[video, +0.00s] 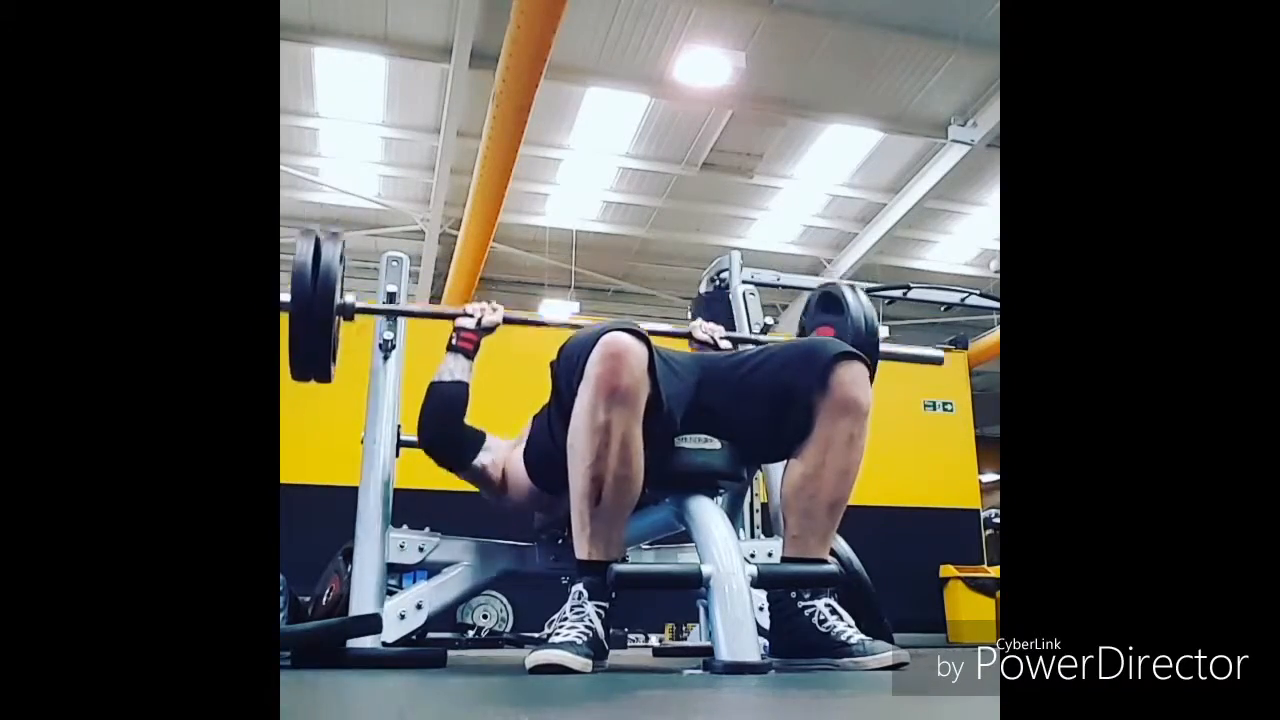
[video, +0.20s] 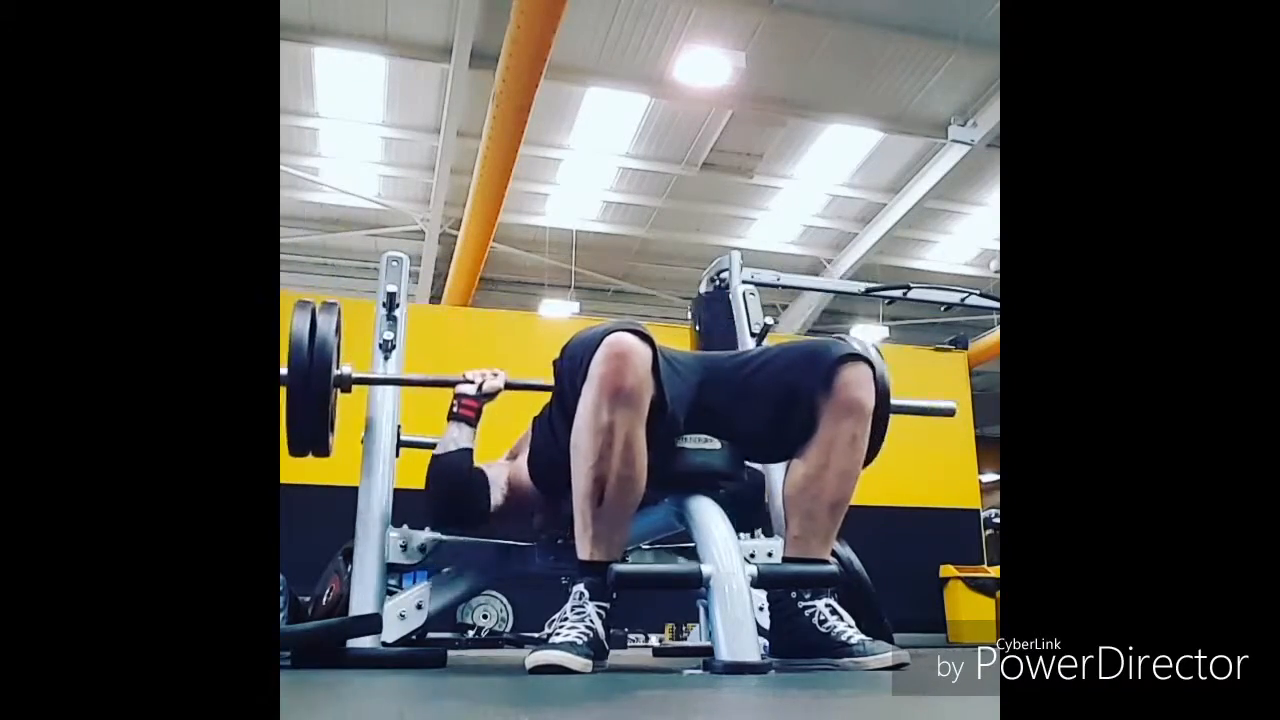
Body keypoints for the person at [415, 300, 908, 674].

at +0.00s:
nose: (491, 464)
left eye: (494, 464)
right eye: (490, 471)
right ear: (499, 475)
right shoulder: (517, 467)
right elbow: (440, 433)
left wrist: (717, 356)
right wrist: (465, 340)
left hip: (708, 389)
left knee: (846, 377)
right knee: (619, 355)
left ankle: (799, 609)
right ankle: (587, 606)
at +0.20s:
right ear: (494, 508)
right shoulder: (525, 490)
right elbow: (450, 498)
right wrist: (466, 407)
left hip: (701, 375)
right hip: (627, 361)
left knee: (850, 375)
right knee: (622, 356)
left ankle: (801, 606)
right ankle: (588, 606)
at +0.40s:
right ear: (499, 502)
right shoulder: (525, 478)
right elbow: (447, 483)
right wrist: (463, 394)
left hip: (700, 375)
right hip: (625, 362)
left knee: (848, 375)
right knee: (622, 356)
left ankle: (801, 606)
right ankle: (587, 605)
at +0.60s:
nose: (498, 470)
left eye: (497, 472)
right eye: (493, 476)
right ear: (498, 472)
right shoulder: (519, 460)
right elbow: (443, 428)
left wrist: (723, 348)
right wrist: (463, 339)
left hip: (704, 386)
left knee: (845, 378)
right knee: (621, 355)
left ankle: (798, 609)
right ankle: (587, 606)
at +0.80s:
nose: (494, 437)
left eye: (496, 439)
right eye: (489, 447)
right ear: (496, 467)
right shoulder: (520, 474)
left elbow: (728, 393)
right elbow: (452, 393)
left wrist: (717, 328)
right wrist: (466, 297)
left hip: (686, 386)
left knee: (843, 375)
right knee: (624, 354)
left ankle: (800, 610)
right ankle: (586, 606)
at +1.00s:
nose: (502, 427)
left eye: (502, 430)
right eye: (496, 433)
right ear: (515, 471)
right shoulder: (527, 466)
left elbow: (720, 367)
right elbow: (478, 378)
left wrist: (712, 293)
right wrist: (467, 276)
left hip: (696, 381)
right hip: (622, 363)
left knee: (843, 373)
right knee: (619, 351)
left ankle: (798, 607)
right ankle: (586, 606)